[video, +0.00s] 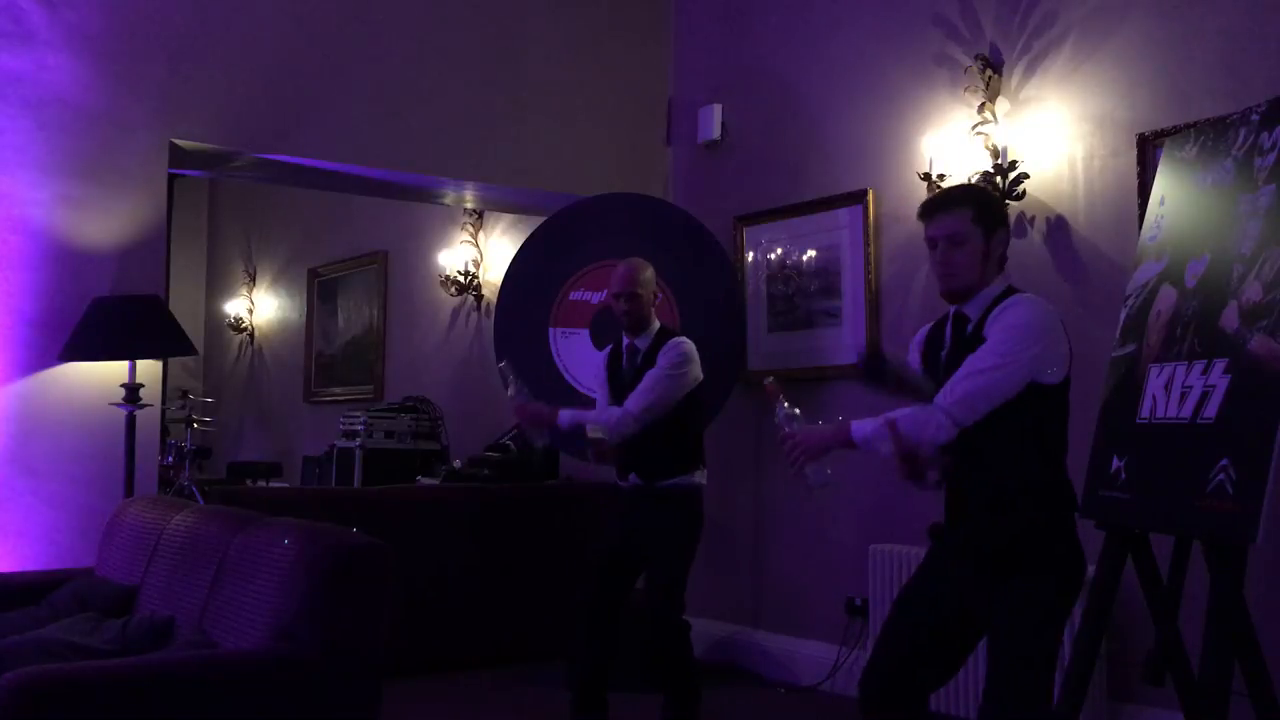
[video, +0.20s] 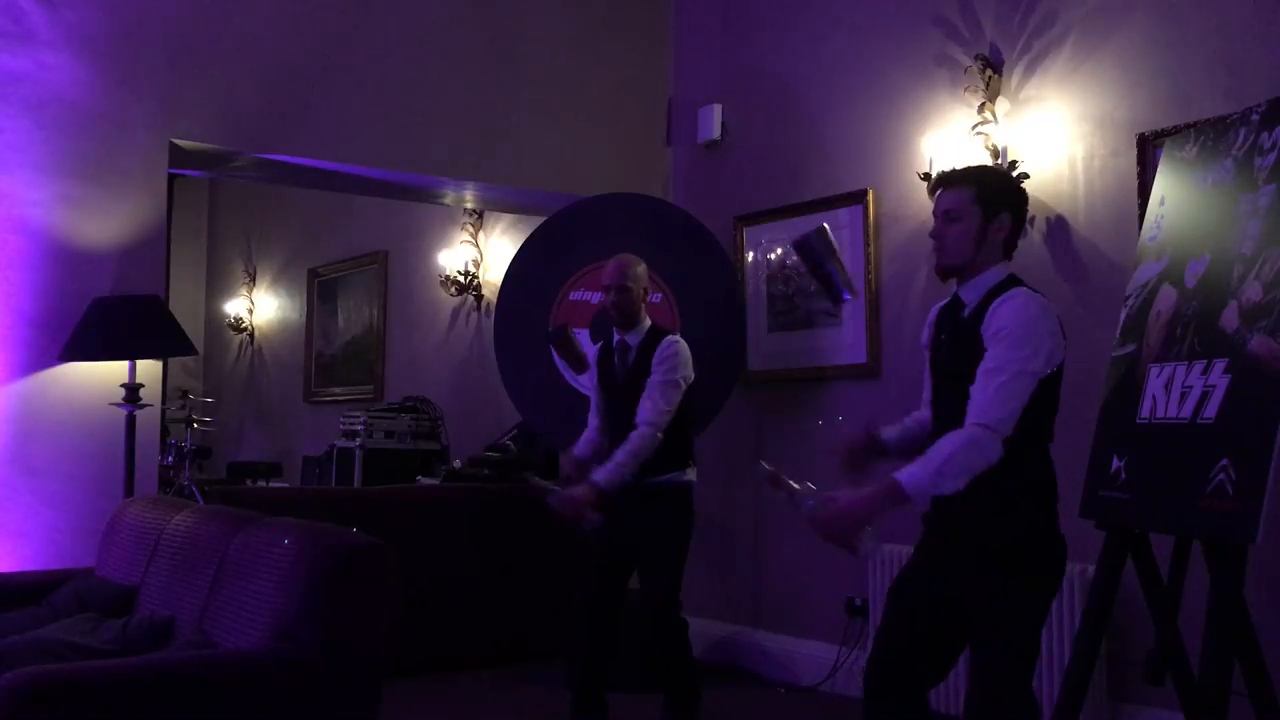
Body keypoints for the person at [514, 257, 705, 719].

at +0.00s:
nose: (623, 306)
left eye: (632, 297)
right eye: (617, 298)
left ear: (655, 298)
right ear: (609, 303)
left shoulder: (680, 352)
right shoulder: (612, 359)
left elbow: (625, 423)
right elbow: (605, 438)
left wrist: (553, 417)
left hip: (677, 498)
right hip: (632, 496)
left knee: (663, 608)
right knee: (606, 601)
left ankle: (681, 708)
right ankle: (592, 705)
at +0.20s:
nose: (612, 299)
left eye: (622, 290)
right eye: (606, 290)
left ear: (645, 293)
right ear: (601, 295)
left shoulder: (671, 348)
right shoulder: (600, 354)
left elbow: (651, 430)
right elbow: (601, 420)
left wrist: (600, 483)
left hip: (665, 492)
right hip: (616, 488)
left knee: (661, 605)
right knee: (601, 601)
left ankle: (680, 706)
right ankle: (591, 704)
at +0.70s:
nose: (631, 283)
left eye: (640, 275)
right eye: (624, 273)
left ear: (653, 286)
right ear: (611, 281)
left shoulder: (666, 344)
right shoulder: (579, 347)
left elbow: (716, 382)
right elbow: (555, 421)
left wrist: (693, 325)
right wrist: (584, 441)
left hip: (648, 493)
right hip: (591, 493)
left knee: (657, 606)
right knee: (589, 608)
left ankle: (677, 707)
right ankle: (587, 707)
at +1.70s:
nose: (579, 303)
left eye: (589, 295)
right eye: (575, 295)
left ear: (612, 300)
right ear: (569, 298)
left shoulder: (633, 358)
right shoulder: (550, 352)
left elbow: (686, 410)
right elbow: (503, 405)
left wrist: (730, 472)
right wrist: (483, 378)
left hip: (605, 498)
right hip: (550, 497)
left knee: (621, 605)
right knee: (560, 609)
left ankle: (646, 702)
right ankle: (572, 704)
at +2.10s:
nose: (554, 305)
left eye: (562, 297)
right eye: (550, 297)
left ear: (590, 295)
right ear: (554, 297)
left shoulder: (614, 353)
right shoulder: (568, 349)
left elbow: (593, 435)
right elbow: (564, 421)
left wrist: (545, 496)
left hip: (609, 493)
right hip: (572, 489)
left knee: (620, 604)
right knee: (569, 605)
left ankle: (657, 702)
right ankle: (575, 702)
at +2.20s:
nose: (559, 303)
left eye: (566, 295)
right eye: (557, 295)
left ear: (593, 296)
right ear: (574, 297)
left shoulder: (616, 353)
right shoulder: (583, 348)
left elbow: (584, 429)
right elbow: (570, 423)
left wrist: (512, 457)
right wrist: (518, 458)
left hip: (609, 495)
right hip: (579, 492)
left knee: (613, 605)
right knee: (574, 604)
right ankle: (577, 701)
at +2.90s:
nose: (609, 301)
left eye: (620, 294)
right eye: (607, 292)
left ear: (646, 296)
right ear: (604, 290)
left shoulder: (675, 350)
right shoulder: (585, 347)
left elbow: (701, 409)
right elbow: (567, 423)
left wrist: (728, 445)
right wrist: (545, 497)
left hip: (651, 495)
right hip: (592, 494)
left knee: (659, 606)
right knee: (584, 606)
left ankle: (669, 708)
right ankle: (578, 707)